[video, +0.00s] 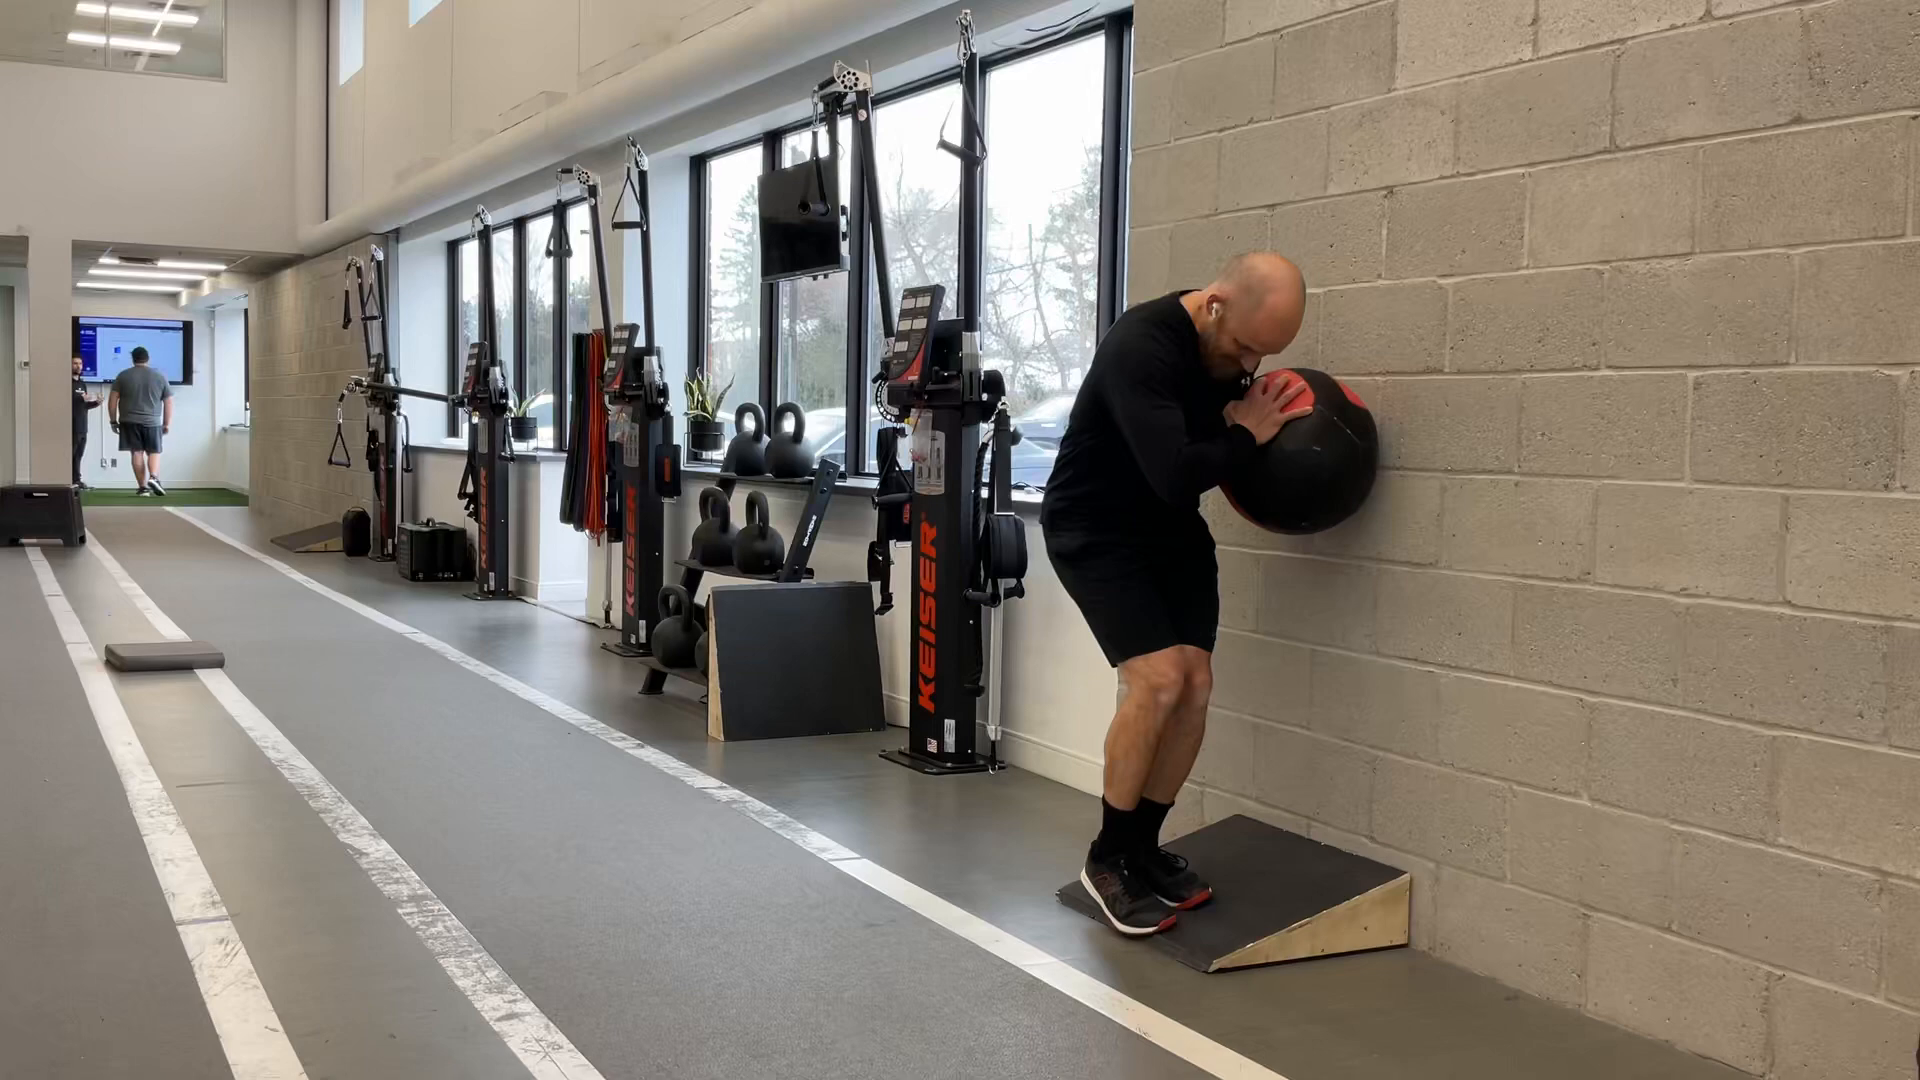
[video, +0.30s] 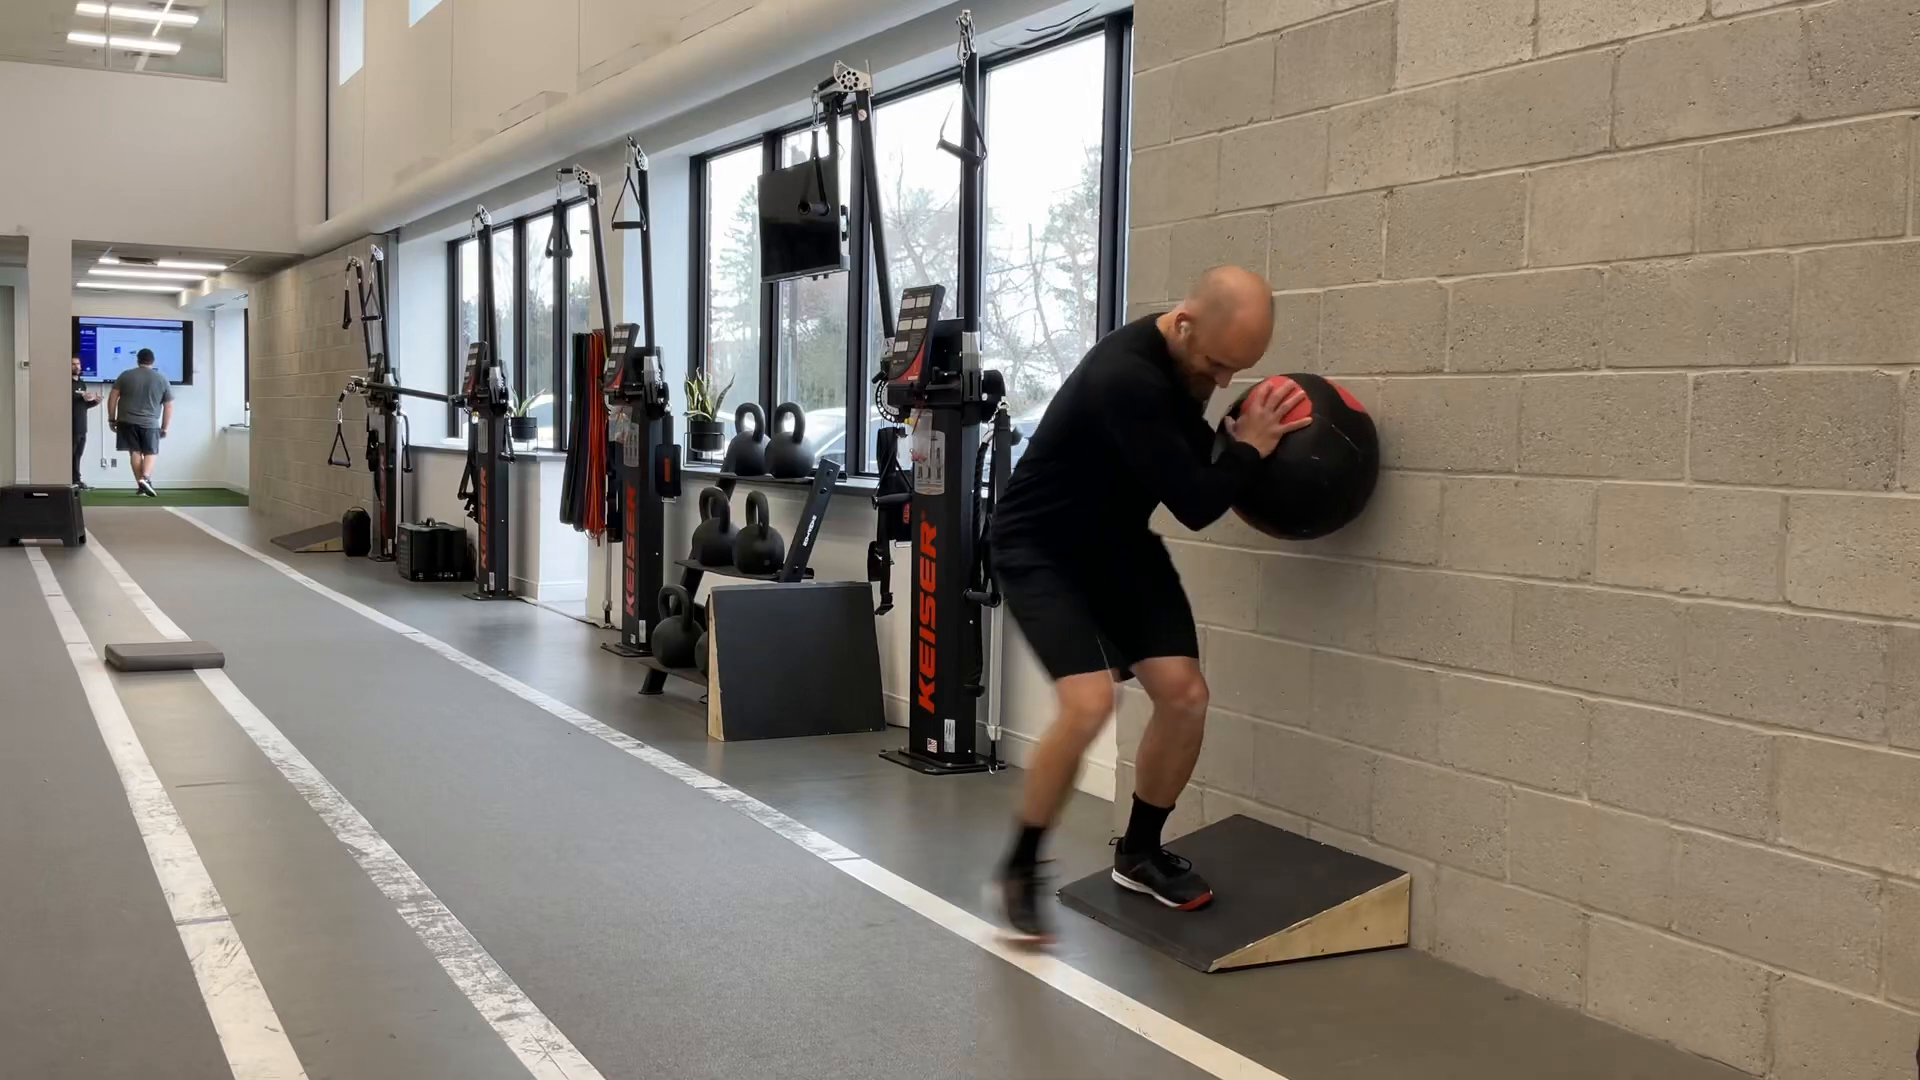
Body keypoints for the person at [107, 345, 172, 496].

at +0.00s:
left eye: (136, 359)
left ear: (133, 360)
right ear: (148, 359)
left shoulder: (123, 375)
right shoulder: (158, 376)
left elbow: (113, 399)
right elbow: (168, 401)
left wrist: (113, 420)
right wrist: (166, 423)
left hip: (129, 422)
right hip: (151, 423)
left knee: (136, 453)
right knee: (154, 452)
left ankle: (143, 487)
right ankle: (154, 477)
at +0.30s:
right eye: (151, 361)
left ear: (138, 361)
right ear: (153, 362)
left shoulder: (126, 375)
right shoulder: (161, 379)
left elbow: (113, 395)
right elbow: (168, 405)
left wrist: (111, 418)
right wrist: (164, 427)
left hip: (127, 422)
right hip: (149, 424)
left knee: (135, 453)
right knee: (150, 453)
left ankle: (141, 487)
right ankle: (145, 478)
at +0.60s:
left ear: (136, 359)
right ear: (151, 359)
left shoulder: (125, 374)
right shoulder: (159, 377)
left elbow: (113, 396)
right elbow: (169, 402)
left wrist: (112, 418)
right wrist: (167, 424)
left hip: (129, 422)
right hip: (151, 423)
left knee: (137, 452)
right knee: (153, 452)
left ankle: (142, 487)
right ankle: (149, 477)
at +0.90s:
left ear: (134, 358)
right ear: (149, 358)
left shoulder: (124, 375)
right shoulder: (158, 374)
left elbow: (115, 399)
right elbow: (170, 398)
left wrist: (117, 420)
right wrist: (171, 421)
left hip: (133, 422)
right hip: (155, 422)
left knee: (139, 453)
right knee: (161, 453)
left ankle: (143, 488)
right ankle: (168, 483)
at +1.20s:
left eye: (142, 357)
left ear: (139, 358)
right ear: (153, 358)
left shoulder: (129, 375)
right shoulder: (164, 375)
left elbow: (120, 399)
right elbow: (175, 399)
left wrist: (120, 420)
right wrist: (175, 421)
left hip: (137, 422)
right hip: (159, 422)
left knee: (142, 453)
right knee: (165, 454)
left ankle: (144, 488)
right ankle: (174, 487)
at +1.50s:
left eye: (152, 357)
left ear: (149, 358)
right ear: (163, 358)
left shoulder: (139, 375)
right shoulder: (174, 376)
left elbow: (129, 397)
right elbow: (184, 399)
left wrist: (128, 418)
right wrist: (184, 422)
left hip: (146, 422)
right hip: (169, 423)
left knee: (147, 453)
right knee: (170, 454)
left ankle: (144, 487)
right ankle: (174, 487)